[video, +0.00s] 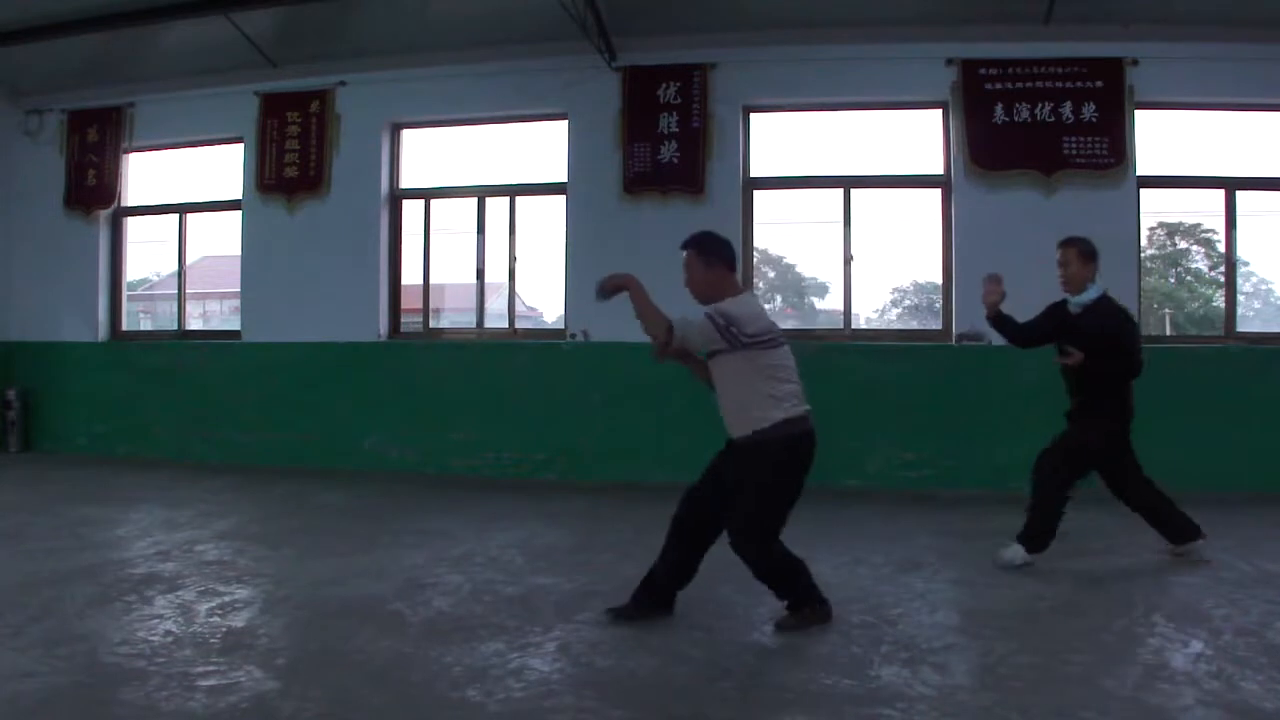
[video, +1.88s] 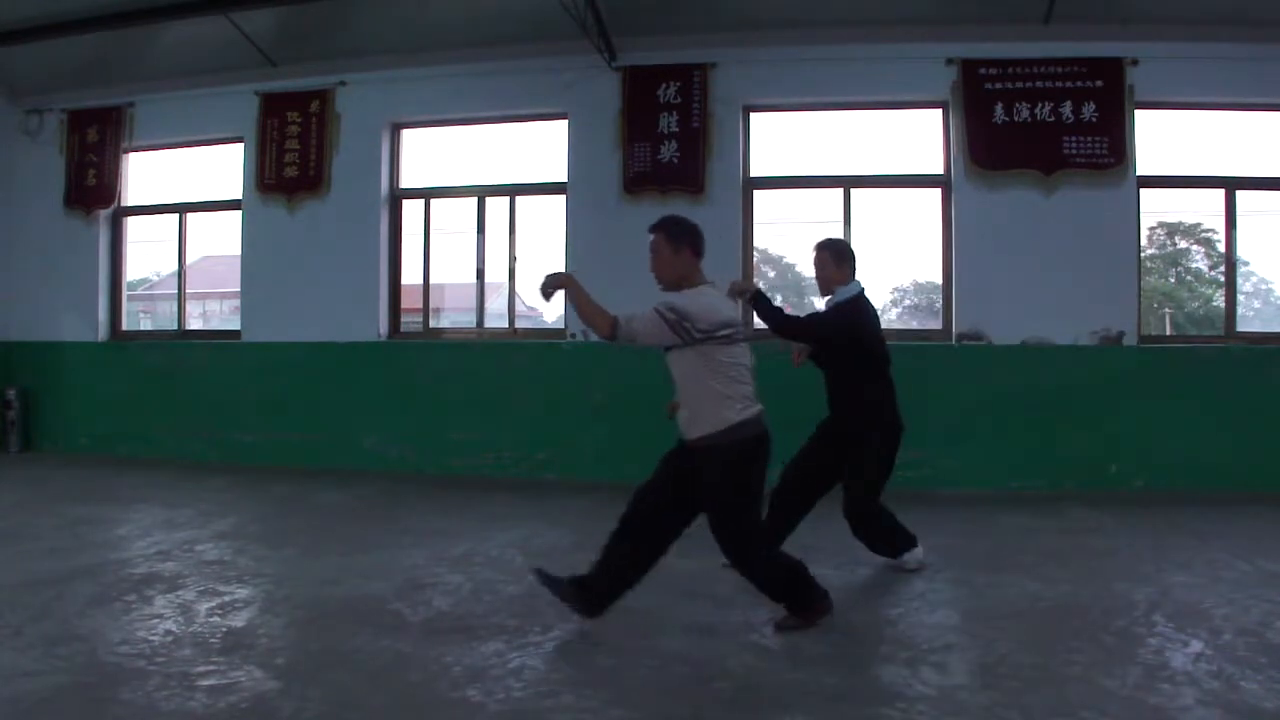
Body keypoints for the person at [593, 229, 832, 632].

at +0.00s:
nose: (686, 280)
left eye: (690, 270)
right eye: (685, 272)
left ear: (715, 269)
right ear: (723, 271)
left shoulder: (737, 313)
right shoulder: (741, 313)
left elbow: (667, 336)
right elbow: (724, 377)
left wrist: (633, 286)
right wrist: (679, 354)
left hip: (781, 441)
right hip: (749, 442)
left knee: (751, 533)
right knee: (695, 517)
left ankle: (809, 604)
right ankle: (654, 600)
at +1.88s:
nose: (651, 264)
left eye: (657, 253)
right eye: (651, 254)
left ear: (686, 254)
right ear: (689, 256)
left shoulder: (695, 308)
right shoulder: (722, 304)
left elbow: (612, 329)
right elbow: (733, 369)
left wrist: (568, 283)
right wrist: (689, 401)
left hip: (732, 445)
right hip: (708, 442)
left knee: (741, 541)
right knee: (650, 517)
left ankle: (809, 601)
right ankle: (593, 594)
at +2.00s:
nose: (604, 257)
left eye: (611, 248)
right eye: (606, 248)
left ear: (639, 252)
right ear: (641, 254)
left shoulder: (629, 304)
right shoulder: (675, 303)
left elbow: (559, 322)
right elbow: (715, 353)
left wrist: (512, 291)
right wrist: (675, 381)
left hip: (656, 440)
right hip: (688, 433)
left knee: (593, 515)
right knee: (723, 523)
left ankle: (563, 605)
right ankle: (803, 593)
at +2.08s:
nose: (567, 246)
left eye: (574, 238)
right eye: (568, 237)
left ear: (598, 244)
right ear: (605, 248)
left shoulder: (580, 295)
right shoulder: (629, 301)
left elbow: (513, 303)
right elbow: (664, 357)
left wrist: (450, 291)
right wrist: (613, 361)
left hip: (602, 436)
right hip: (643, 433)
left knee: (549, 509)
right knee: (654, 530)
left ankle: (549, 613)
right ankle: (748, 568)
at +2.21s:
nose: (527, 231)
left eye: (535, 223)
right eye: (530, 223)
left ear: (558, 229)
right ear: (561, 231)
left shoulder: (575, 280)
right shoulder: (573, 281)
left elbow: (518, 327)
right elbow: (526, 339)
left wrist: (454, 313)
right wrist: (469, 319)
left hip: (579, 414)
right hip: (574, 413)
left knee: (530, 510)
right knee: (538, 509)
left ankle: (545, 614)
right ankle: (593, 589)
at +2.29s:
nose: (490, 216)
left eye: (498, 208)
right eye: (492, 208)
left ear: (523, 213)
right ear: (513, 214)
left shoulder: (558, 268)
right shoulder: (500, 279)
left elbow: (567, 335)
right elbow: (477, 327)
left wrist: (502, 335)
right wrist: (454, 317)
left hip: (558, 388)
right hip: (520, 387)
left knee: (526, 490)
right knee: (446, 408)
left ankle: (545, 606)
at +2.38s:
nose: (461, 209)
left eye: (470, 201)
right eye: (463, 200)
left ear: (497, 210)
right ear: (484, 210)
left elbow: (567, 321)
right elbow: (410, 292)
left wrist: (509, 342)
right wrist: (393, 240)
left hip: (536, 383)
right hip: (498, 381)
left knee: (436, 348)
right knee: (498, 482)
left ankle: (402, 446)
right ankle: (531, 588)